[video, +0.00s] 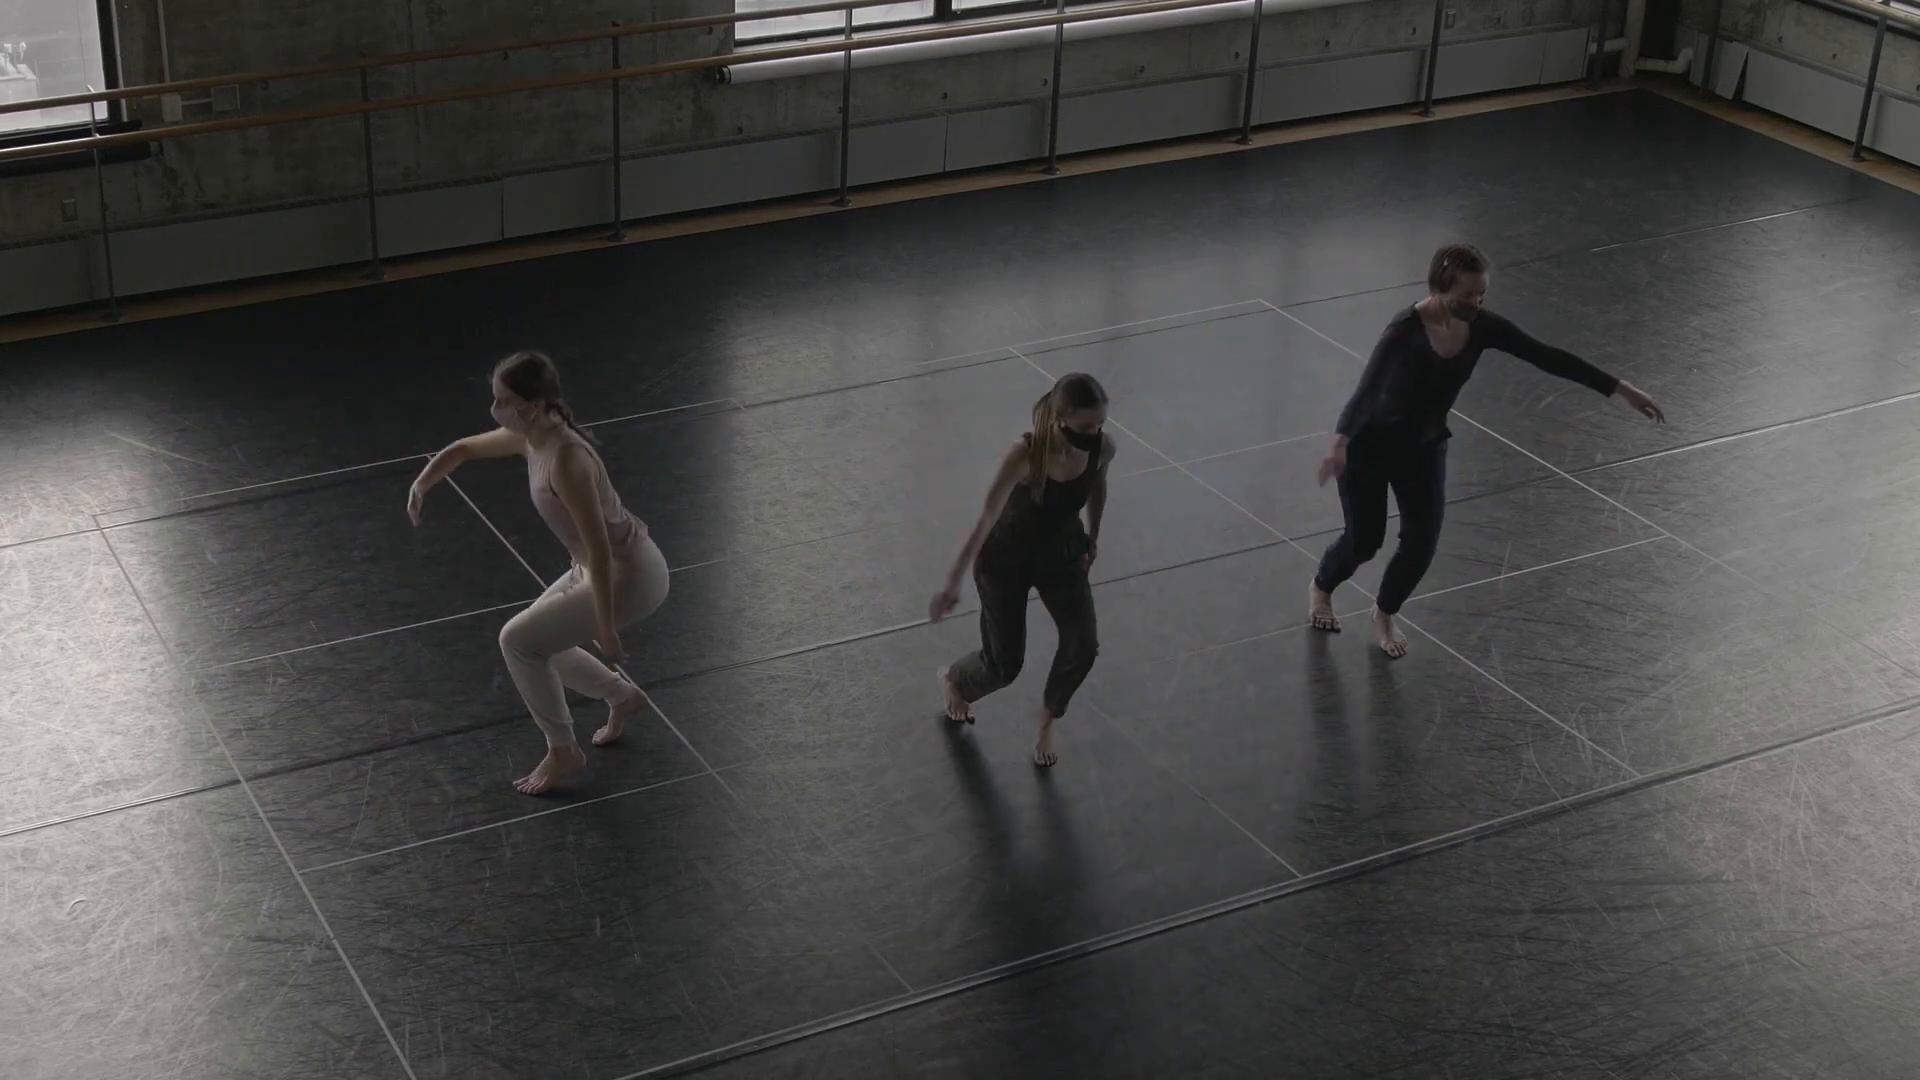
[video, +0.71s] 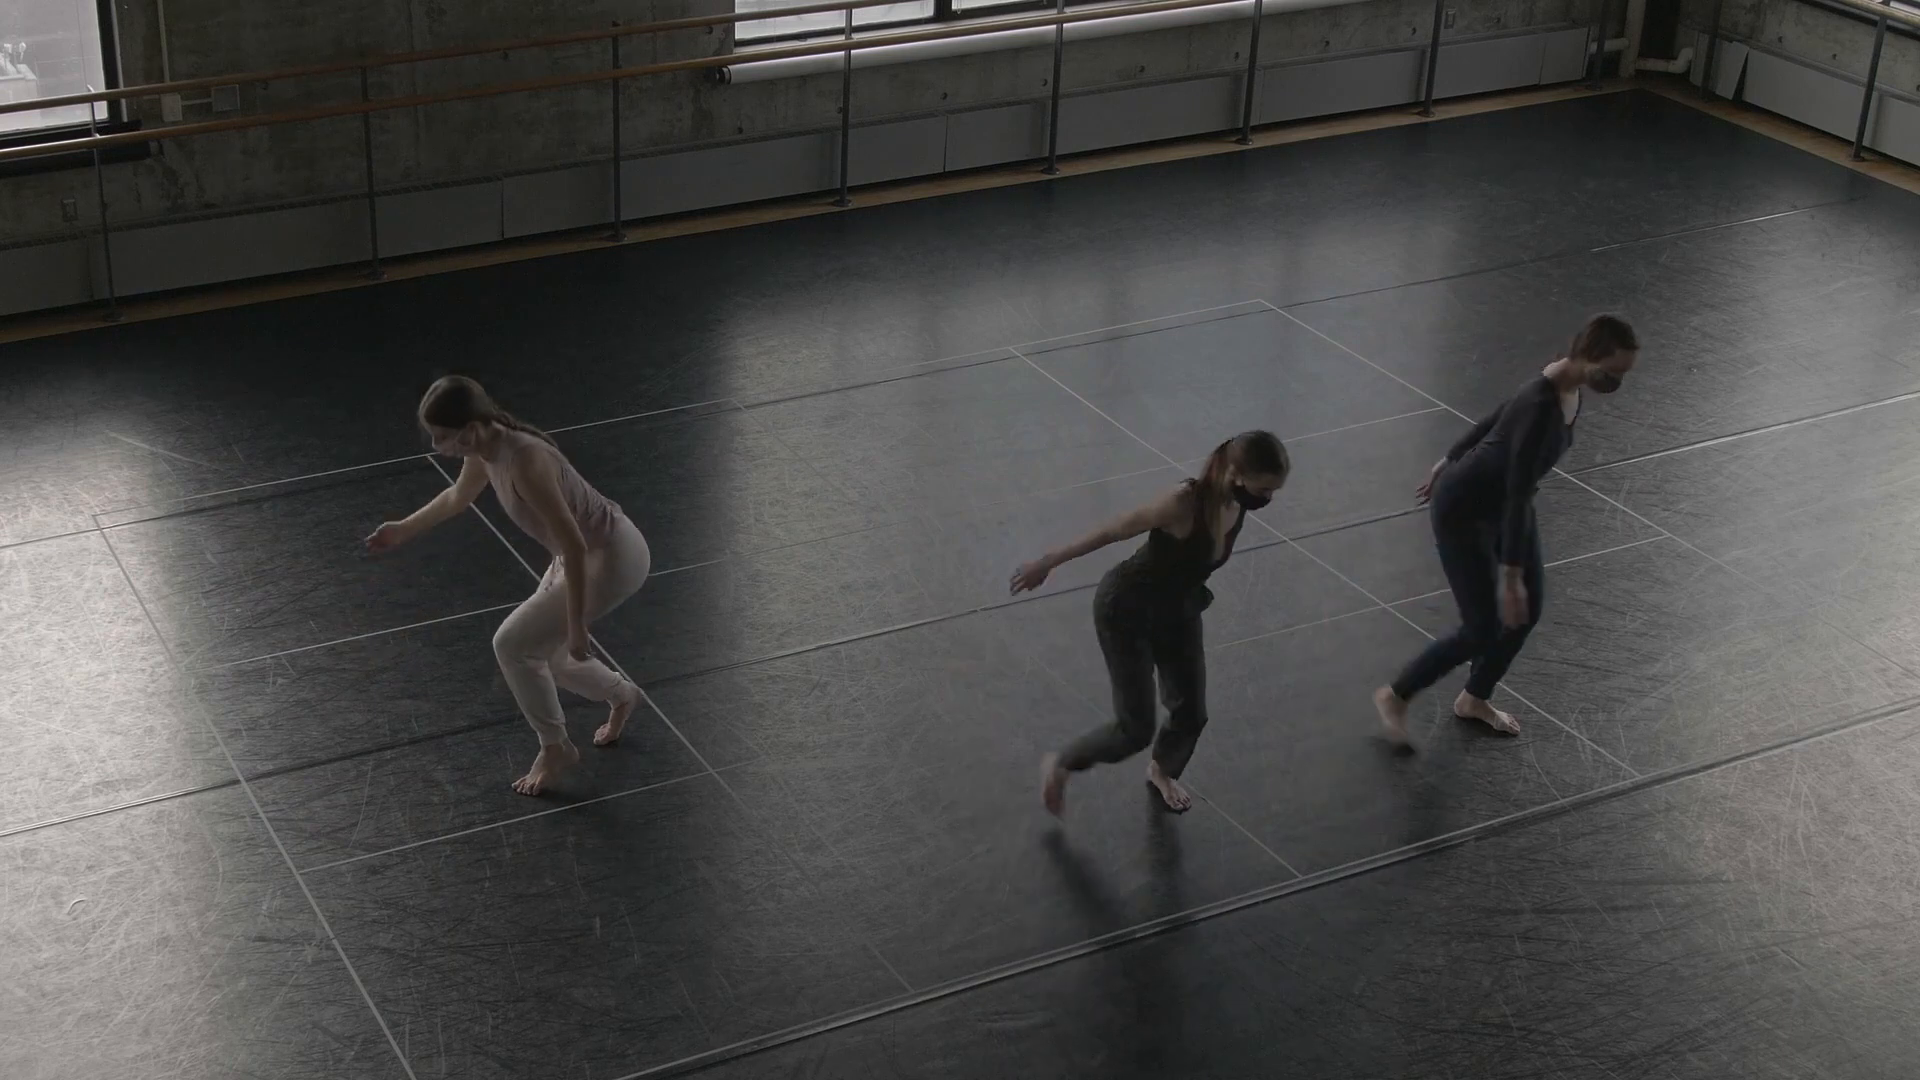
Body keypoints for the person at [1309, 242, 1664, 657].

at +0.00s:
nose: (1476, 302)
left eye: (1480, 293)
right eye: (1469, 294)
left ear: (1481, 289)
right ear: (1441, 290)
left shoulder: (1482, 327)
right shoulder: (1406, 329)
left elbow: (1547, 357)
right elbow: (1368, 388)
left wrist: (1621, 389)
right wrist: (1339, 441)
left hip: (1423, 446)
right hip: (1370, 443)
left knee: (1421, 546)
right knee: (1364, 540)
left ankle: (1383, 613)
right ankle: (1321, 587)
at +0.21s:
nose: (1499, 302)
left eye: (1503, 293)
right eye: (1492, 293)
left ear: (1504, 290)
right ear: (1465, 288)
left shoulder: (1502, 329)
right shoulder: (1421, 324)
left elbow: (1548, 357)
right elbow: (1352, 368)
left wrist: (1608, 384)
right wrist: (1283, 411)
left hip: (1444, 437)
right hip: (1387, 428)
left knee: (1456, 542)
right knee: (1350, 509)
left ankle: (1413, 617)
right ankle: (1317, 586)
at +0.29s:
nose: (1509, 322)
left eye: (1514, 313)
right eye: (1502, 314)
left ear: (1512, 311)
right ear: (1472, 308)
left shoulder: (1507, 346)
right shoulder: (1430, 342)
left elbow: (1541, 375)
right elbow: (1355, 381)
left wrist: (1580, 399)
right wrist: (1282, 416)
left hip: (1451, 455)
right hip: (1394, 444)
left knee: (1479, 555)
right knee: (1352, 519)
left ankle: (1452, 654)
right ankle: (1315, 585)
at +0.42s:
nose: (1533, 365)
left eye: (1539, 357)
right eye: (1526, 356)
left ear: (1541, 353)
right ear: (1498, 348)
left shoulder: (1528, 394)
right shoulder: (1453, 385)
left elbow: (1489, 445)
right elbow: (1380, 421)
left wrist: (1469, 482)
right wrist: (1307, 453)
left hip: (1472, 497)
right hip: (1417, 489)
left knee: (1515, 597)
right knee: (1363, 549)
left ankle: (1472, 697)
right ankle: (1313, 585)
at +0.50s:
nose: (1562, 376)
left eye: (1566, 367)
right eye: (1556, 367)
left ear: (1565, 361)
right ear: (1527, 359)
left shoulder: (1550, 394)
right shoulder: (1478, 399)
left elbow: (1514, 450)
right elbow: (1420, 443)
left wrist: (1491, 492)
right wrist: (1356, 486)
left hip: (1492, 509)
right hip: (1438, 504)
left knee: (1527, 611)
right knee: (1386, 587)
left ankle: (1474, 699)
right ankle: (1320, 584)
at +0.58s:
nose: (1586, 382)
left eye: (1591, 374)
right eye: (1581, 373)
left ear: (1565, 363)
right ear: (1553, 361)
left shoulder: (1560, 400)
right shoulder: (1499, 406)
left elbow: (1503, 457)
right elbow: (1460, 467)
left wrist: (1440, 479)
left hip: (1506, 518)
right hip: (1452, 519)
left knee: (1531, 614)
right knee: (1421, 624)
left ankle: (1474, 698)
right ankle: (1345, 611)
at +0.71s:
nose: (1618, 382)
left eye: (1623, 374)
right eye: (1614, 373)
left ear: (1592, 357)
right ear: (1592, 358)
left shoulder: (1566, 389)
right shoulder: (1537, 403)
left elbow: (1494, 422)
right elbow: (1518, 492)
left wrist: (1448, 462)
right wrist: (1513, 576)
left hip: (1506, 503)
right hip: (1462, 507)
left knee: (1525, 608)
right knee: (1481, 631)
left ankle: (1473, 699)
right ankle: (1394, 697)